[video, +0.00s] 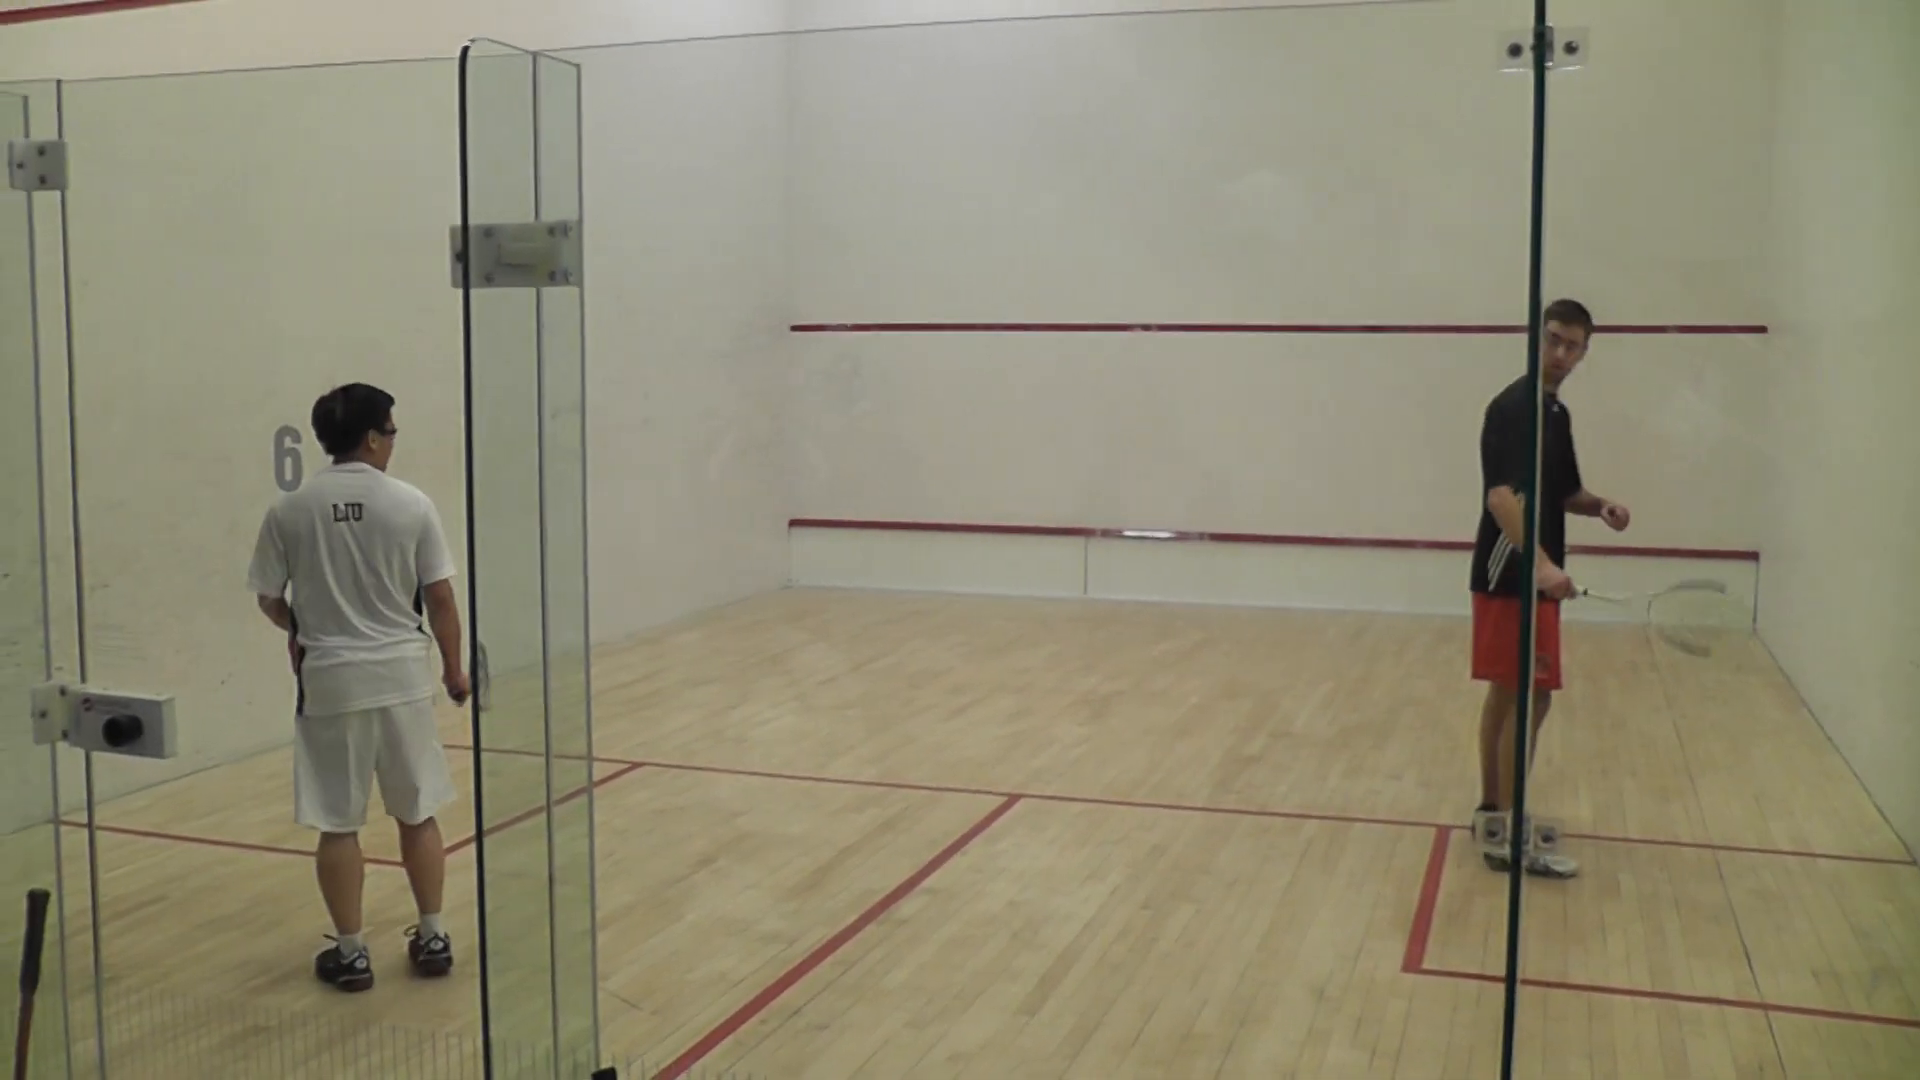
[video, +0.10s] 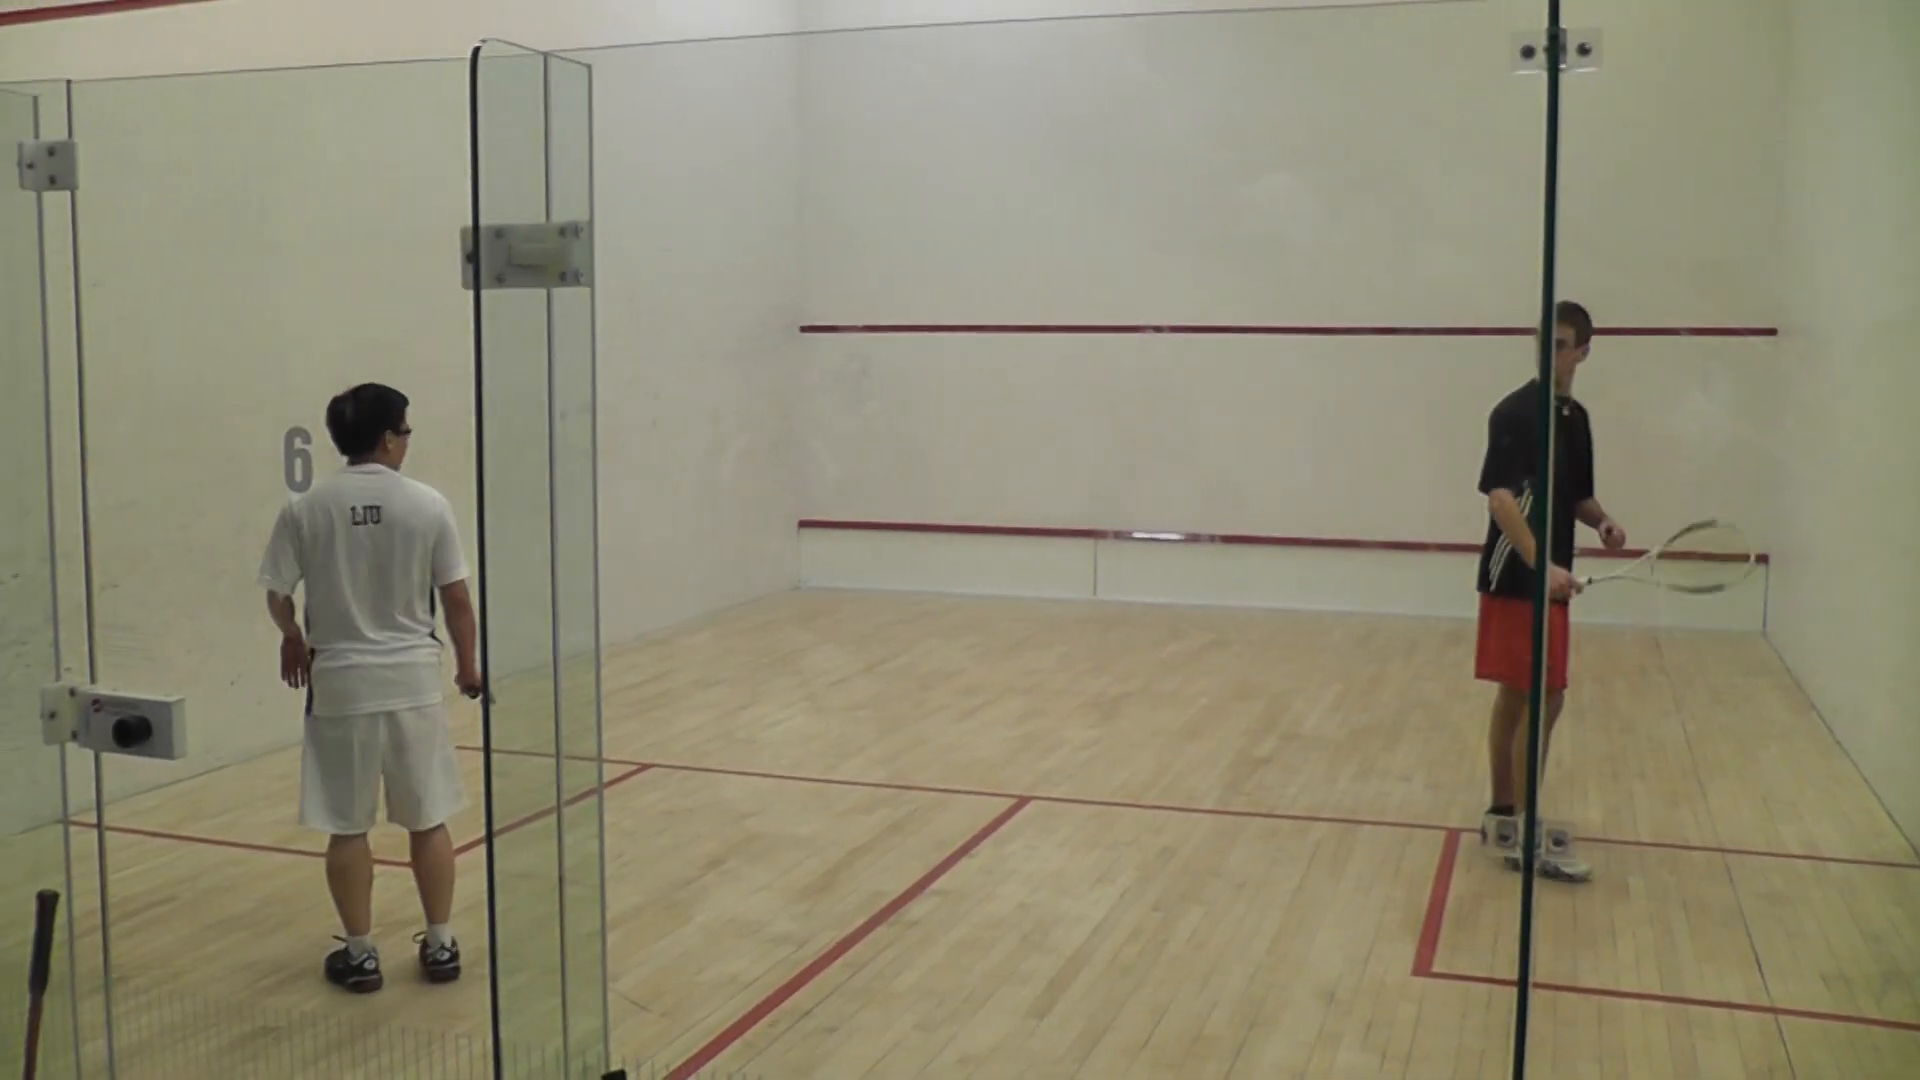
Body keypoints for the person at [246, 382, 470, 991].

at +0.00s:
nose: (393, 442)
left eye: (391, 431)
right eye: (389, 432)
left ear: (329, 439)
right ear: (371, 439)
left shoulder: (289, 508)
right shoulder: (410, 504)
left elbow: (269, 599)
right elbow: (440, 596)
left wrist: (305, 629)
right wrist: (455, 667)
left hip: (329, 691)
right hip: (403, 684)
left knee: (337, 822)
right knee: (416, 812)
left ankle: (350, 953)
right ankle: (432, 936)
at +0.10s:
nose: (407, 442)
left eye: (405, 431)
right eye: (404, 433)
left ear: (342, 440)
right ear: (387, 439)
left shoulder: (304, 508)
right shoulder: (427, 505)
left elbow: (276, 591)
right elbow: (457, 597)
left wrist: (291, 635)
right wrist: (468, 664)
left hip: (339, 697)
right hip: (415, 691)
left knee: (347, 826)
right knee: (428, 819)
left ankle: (359, 954)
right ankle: (440, 944)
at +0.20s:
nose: (422, 441)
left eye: (420, 430)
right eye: (419, 432)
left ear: (356, 440)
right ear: (405, 440)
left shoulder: (319, 504)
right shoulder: (443, 505)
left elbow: (287, 583)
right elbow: (471, 594)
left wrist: (296, 634)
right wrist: (481, 666)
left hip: (349, 697)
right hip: (424, 692)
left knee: (356, 825)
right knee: (436, 818)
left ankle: (368, 955)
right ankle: (448, 945)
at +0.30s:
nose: (438, 440)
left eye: (436, 430)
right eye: (434, 431)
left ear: (369, 438)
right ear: (419, 439)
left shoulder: (332, 500)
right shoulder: (455, 505)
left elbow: (298, 577)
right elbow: (482, 595)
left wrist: (311, 629)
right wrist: (488, 669)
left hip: (360, 695)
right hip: (437, 690)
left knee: (366, 824)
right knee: (445, 817)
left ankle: (375, 955)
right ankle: (455, 945)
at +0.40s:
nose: (450, 440)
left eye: (449, 431)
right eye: (447, 432)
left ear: (381, 438)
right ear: (432, 440)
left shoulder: (343, 499)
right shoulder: (466, 507)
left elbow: (311, 581)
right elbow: (490, 599)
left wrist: (328, 627)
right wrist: (495, 675)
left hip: (370, 694)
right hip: (447, 689)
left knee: (373, 824)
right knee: (452, 819)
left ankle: (380, 956)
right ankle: (460, 946)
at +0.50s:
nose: (462, 440)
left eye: (461, 430)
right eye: (459, 431)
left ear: (393, 438)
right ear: (445, 439)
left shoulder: (355, 498)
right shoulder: (477, 507)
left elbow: (324, 583)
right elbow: (498, 604)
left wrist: (342, 622)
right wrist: (504, 678)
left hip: (380, 692)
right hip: (456, 688)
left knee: (380, 823)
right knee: (460, 819)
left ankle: (386, 954)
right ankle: (465, 945)